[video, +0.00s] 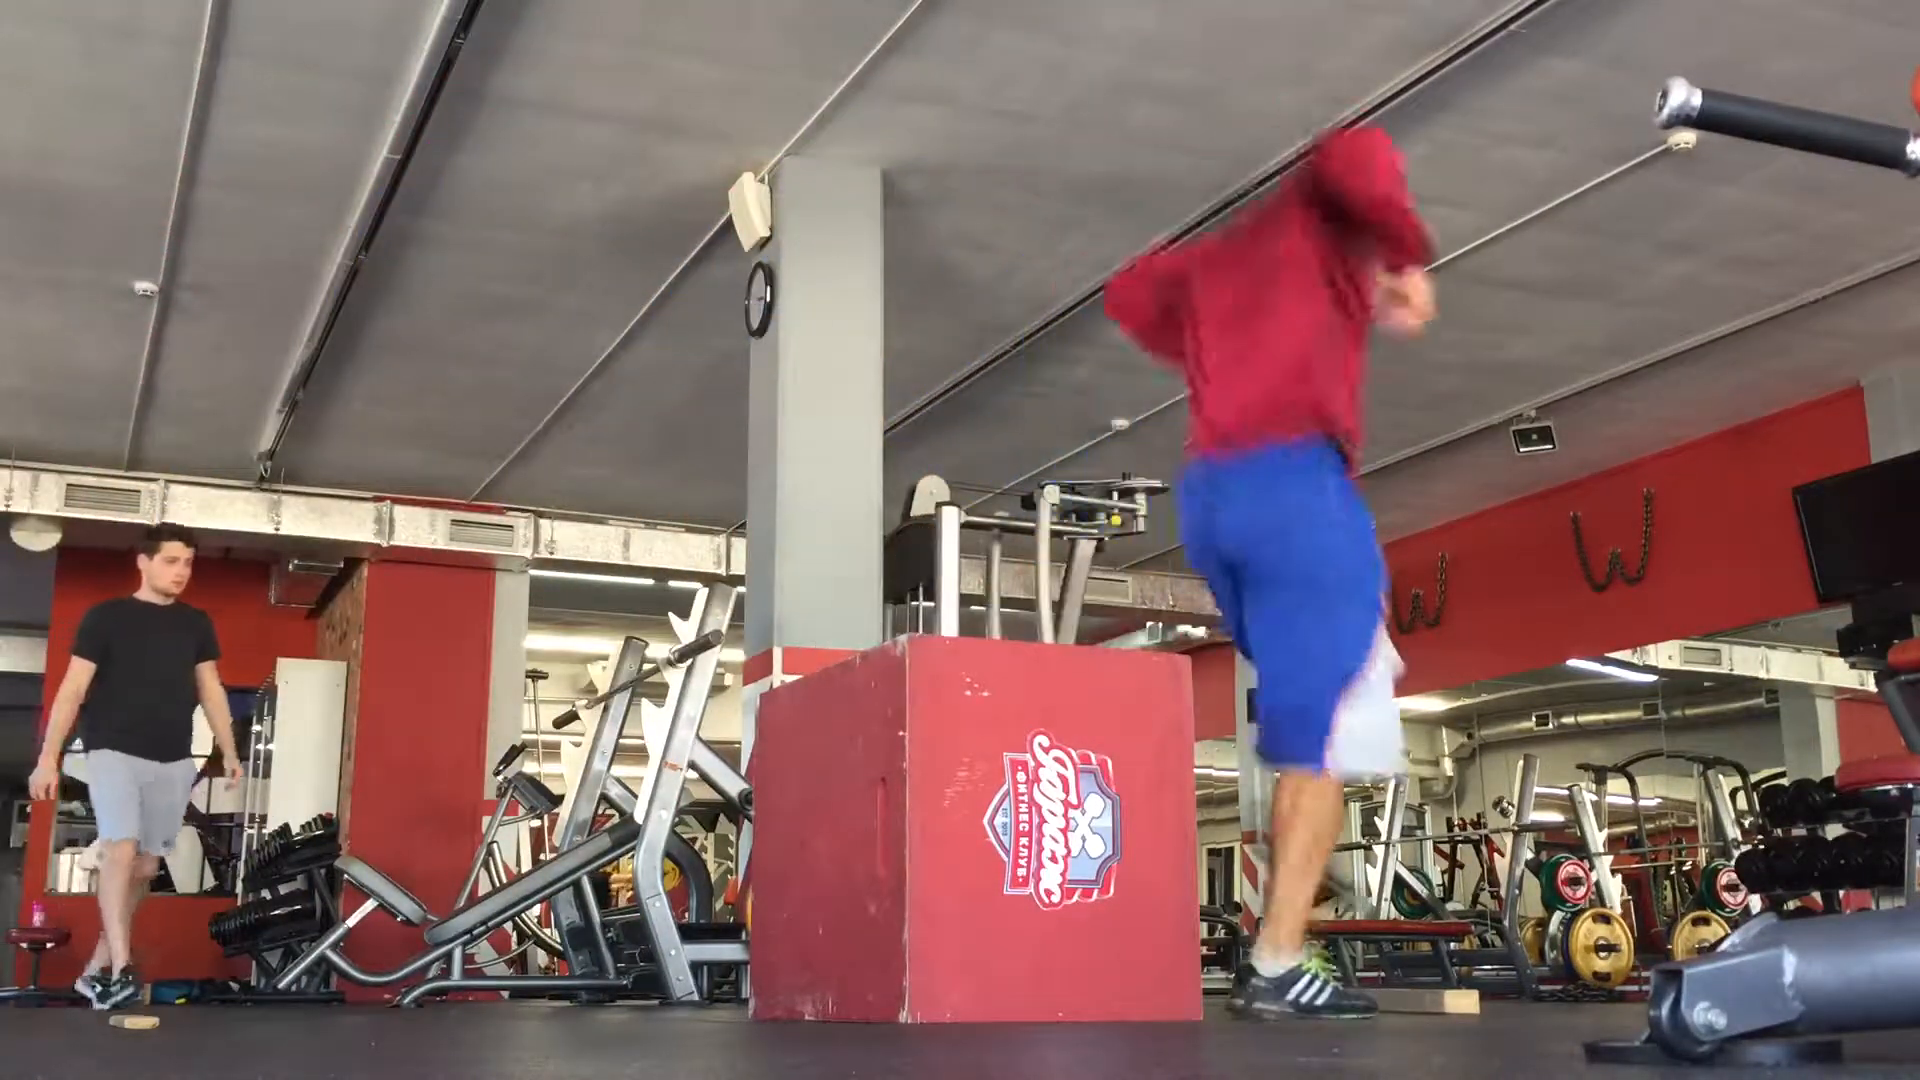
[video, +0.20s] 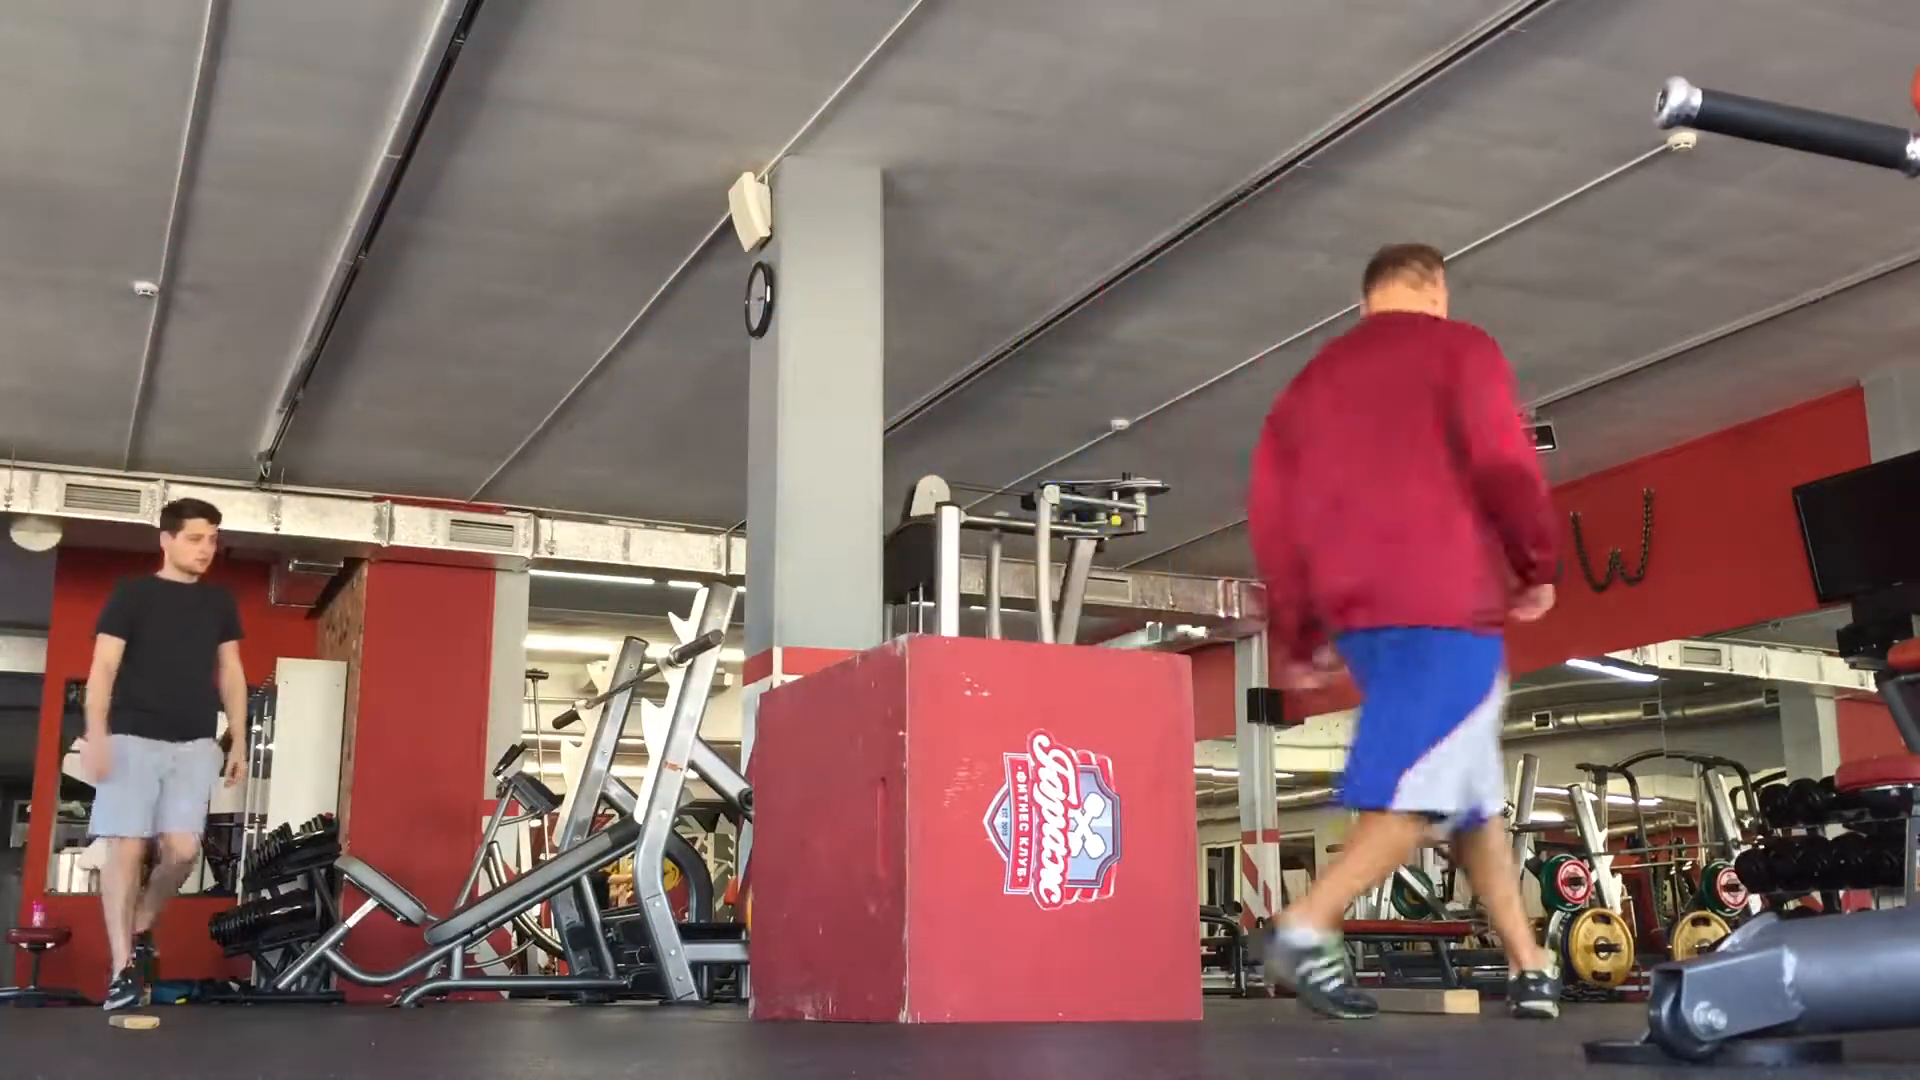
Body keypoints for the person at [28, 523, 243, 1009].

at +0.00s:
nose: (181, 571)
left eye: (187, 563)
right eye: (172, 561)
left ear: (191, 568)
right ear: (143, 562)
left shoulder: (196, 624)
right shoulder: (106, 616)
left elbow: (211, 691)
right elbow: (72, 691)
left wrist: (229, 750)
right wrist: (48, 759)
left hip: (171, 762)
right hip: (113, 753)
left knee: (145, 867)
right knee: (121, 851)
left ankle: (95, 971)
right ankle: (122, 970)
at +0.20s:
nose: (206, 548)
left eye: (212, 540)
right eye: (195, 538)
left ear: (215, 545)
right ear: (166, 540)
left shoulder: (220, 603)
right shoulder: (134, 594)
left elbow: (231, 673)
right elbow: (103, 667)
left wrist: (239, 739)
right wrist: (96, 736)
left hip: (195, 746)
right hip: (131, 741)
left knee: (182, 852)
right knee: (127, 850)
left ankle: (140, 926)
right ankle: (123, 972)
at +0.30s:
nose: (221, 540)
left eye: (226, 532)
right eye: (211, 530)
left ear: (229, 537)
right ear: (182, 530)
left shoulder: (233, 593)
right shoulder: (144, 584)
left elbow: (241, 666)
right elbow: (121, 656)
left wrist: (247, 734)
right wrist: (132, 719)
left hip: (212, 733)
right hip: (150, 732)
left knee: (203, 827)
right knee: (131, 845)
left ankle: (162, 946)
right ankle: (124, 971)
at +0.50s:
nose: (261, 540)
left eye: (266, 531)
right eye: (252, 529)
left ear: (267, 537)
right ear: (221, 529)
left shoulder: (263, 601)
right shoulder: (178, 583)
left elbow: (271, 672)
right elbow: (162, 650)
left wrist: (275, 741)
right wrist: (193, 699)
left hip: (243, 742)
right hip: (174, 741)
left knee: (236, 845)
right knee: (148, 850)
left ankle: (230, 971)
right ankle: (129, 965)